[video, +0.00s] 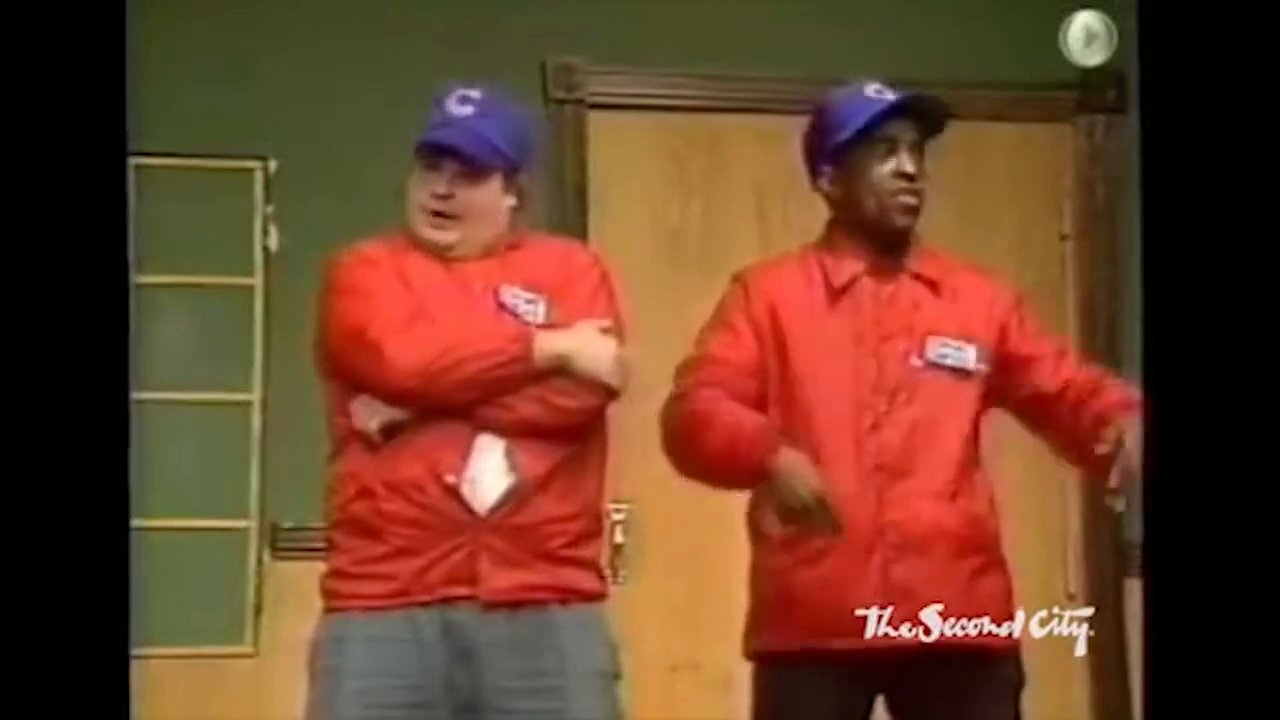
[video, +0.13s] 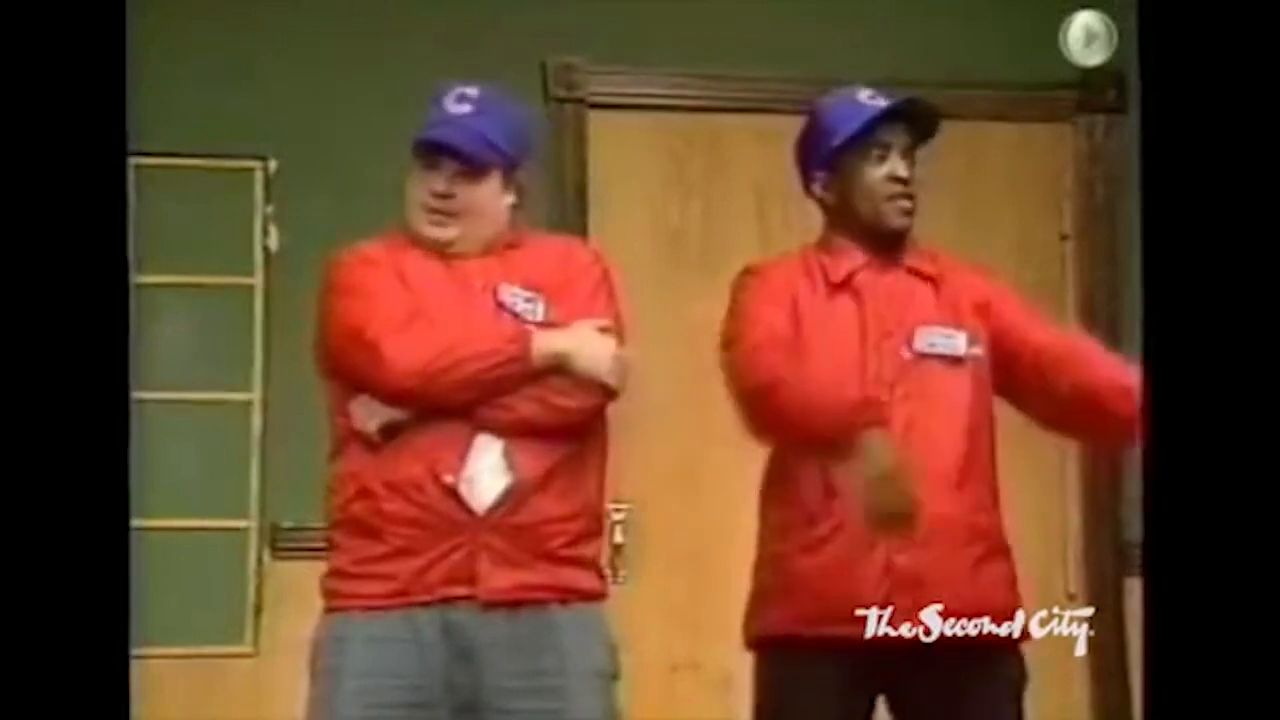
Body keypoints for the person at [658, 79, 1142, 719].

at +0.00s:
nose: (910, 168)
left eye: (917, 151)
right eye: (885, 150)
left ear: (928, 165)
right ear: (829, 176)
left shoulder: (975, 299)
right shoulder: (765, 294)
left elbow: (1063, 388)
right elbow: (692, 416)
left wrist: (1124, 427)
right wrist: (770, 455)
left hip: (959, 628)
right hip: (812, 631)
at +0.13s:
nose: (903, 172)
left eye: (909, 155)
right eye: (880, 155)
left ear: (920, 169)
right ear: (824, 182)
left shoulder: (965, 291)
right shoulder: (773, 286)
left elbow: (1066, 371)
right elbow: (768, 392)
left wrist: (1138, 404)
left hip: (961, 621)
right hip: (816, 623)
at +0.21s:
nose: (903, 168)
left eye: (908, 152)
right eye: (878, 152)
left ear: (920, 167)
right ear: (822, 182)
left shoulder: (961, 286)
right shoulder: (775, 283)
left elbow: (1040, 348)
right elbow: (781, 375)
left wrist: (1105, 388)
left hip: (963, 617)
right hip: (816, 618)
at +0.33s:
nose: (912, 170)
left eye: (915, 154)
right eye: (885, 152)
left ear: (923, 169)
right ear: (829, 181)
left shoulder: (958, 282)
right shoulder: (778, 280)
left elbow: (1083, 352)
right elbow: (794, 375)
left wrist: (1028, 360)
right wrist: (951, 348)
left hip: (965, 618)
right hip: (820, 621)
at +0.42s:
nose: (912, 171)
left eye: (916, 155)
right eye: (886, 153)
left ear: (924, 171)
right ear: (832, 182)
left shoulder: (960, 276)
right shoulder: (782, 276)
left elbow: (1060, 346)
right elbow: (801, 367)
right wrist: (957, 345)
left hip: (966, 613)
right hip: (824, 615)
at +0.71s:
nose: (873, 160)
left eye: (892, 145)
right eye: (854, 146)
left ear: (918, 170)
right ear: (829, 174)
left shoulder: (967, 272)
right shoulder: (785, 271)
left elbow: (1025, 352)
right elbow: (811, 384)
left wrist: (874, 342)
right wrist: (959, 393)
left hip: (965, 601)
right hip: (821, 604)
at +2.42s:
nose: (797, 177)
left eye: (820, 160)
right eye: (784, 162)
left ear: (861, 182)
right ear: (772, 181)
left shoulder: (927, 297)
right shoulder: (731, 310)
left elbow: (966, 426)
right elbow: (737, 452)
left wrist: (824, 412)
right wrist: (902, 459)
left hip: (919, 630)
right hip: (772, 636)